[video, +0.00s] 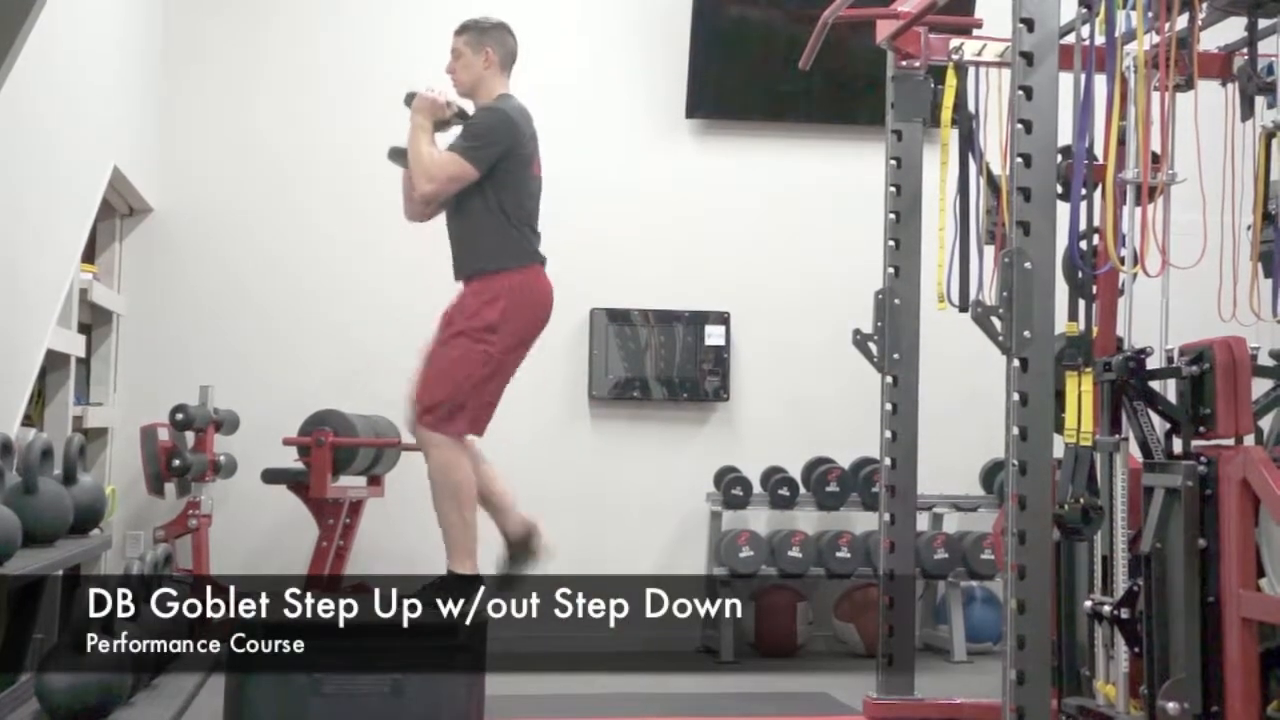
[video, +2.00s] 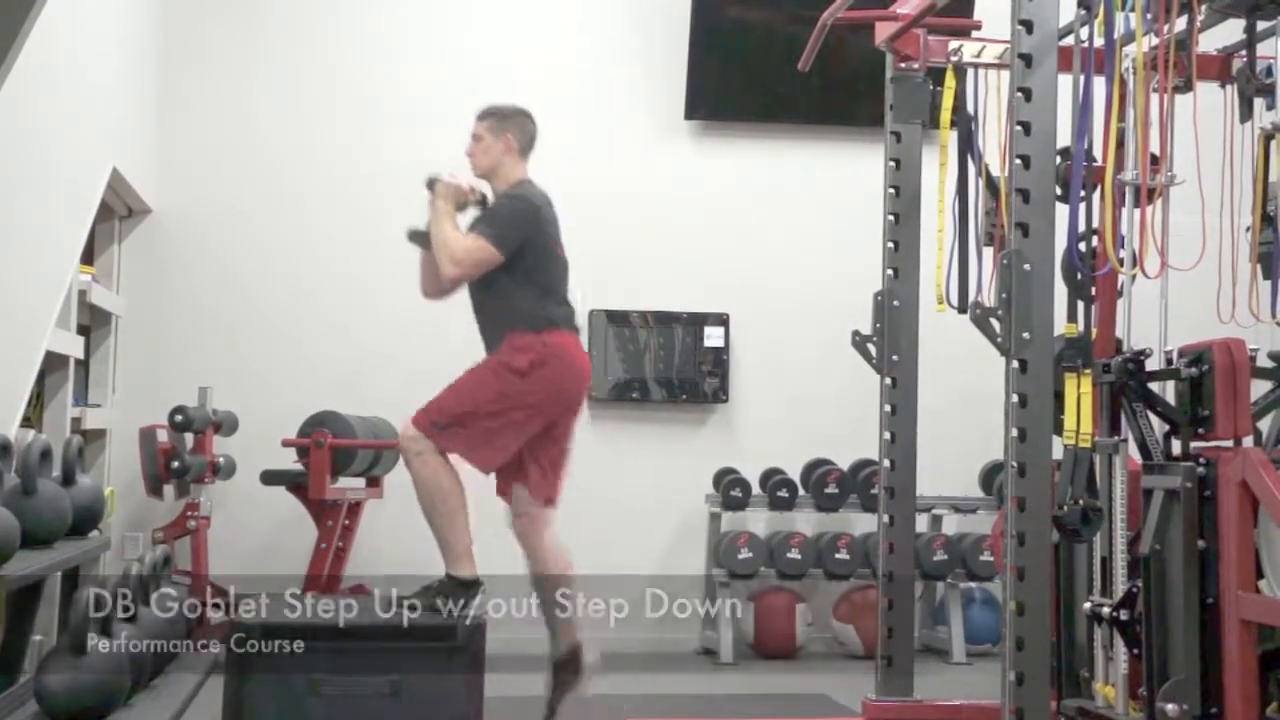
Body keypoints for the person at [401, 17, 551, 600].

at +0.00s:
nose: (448, 67)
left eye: (457, 56)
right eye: (450, 56)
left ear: (489, 58)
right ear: (490, 59)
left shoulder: (503, 118)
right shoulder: (490, 124)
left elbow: (429, 186)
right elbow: (417, 207)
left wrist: (422, 120)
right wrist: (420, 135)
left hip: (505, 290)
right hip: (495, 289)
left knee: (439, 425)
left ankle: (462, 580)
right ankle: (518, 533)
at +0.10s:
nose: (448, 91)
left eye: (456, 80)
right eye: (449, 80)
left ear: (489, 81)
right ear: (490, 82)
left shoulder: (504, 140)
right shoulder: (488, 146)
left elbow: (433, 206)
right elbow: (415, 230)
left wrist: (422, 144)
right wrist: (421, 158)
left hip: (510, 309)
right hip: (518, 310)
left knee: (422, 434)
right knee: (488, 457)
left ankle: (461, 582)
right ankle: (550, 593)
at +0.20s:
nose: (452, 125)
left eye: (460, 114)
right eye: (453, 115)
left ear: (493, 115)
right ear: (493, 116)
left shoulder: (508, 175)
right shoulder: (493, 181)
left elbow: (439, 240)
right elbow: (421, 265)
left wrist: (427, 176)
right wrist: (425, 197)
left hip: (519, 342)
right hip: (537, 343)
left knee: (412, 438)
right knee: (529, 490)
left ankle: (461, 585)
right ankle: (568, 626)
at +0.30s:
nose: (463, 168)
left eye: (472, 156)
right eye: (465, 157)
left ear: (505, 158)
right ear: (502, 159)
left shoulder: (521, 218)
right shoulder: (503, 225)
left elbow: (452, 283)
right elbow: (432, 304)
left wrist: (441, 220)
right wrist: (439, 237)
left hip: (536, 382)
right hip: (556, 386)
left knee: (408, 441)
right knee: (550, 535)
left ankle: (461, 581)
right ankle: (590, 682)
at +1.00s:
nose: (549, 205)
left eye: (558, 195)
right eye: (551, 195)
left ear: (590, 200)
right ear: (586, 201)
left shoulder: (604, 260)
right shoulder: (581, 265)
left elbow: (533, 323)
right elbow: (511, 340)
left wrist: (521, 261)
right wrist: (514, 274)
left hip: (590, 414)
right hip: (596, 419)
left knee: (450, 431)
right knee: (591, 562)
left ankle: (463, 577)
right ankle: (616, 706)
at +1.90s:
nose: (485, 186)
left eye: (495, 176)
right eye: (488, 176)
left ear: (527, 182)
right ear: (523, 182)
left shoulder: (540, 241)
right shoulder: (520, 246)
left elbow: (470, 304)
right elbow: (448, 321)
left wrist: (457, 243)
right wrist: (454, 255)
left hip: (548, 394)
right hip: (567, 400)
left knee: (417, 443)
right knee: (553, 552)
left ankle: (460, 579)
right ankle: (600, 691)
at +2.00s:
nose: (468, 150)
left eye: (477, 140)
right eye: (470, 140)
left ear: (509, 144)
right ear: (508, 144)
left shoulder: (522, 203)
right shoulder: (505, 209)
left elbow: (455, 263)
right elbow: (433, 286)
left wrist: (443, 202)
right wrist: (439, 219)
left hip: (537, 358)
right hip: (559, 363)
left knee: (420, 438)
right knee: (529, 517)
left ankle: (461, 580)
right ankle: (569, 648)